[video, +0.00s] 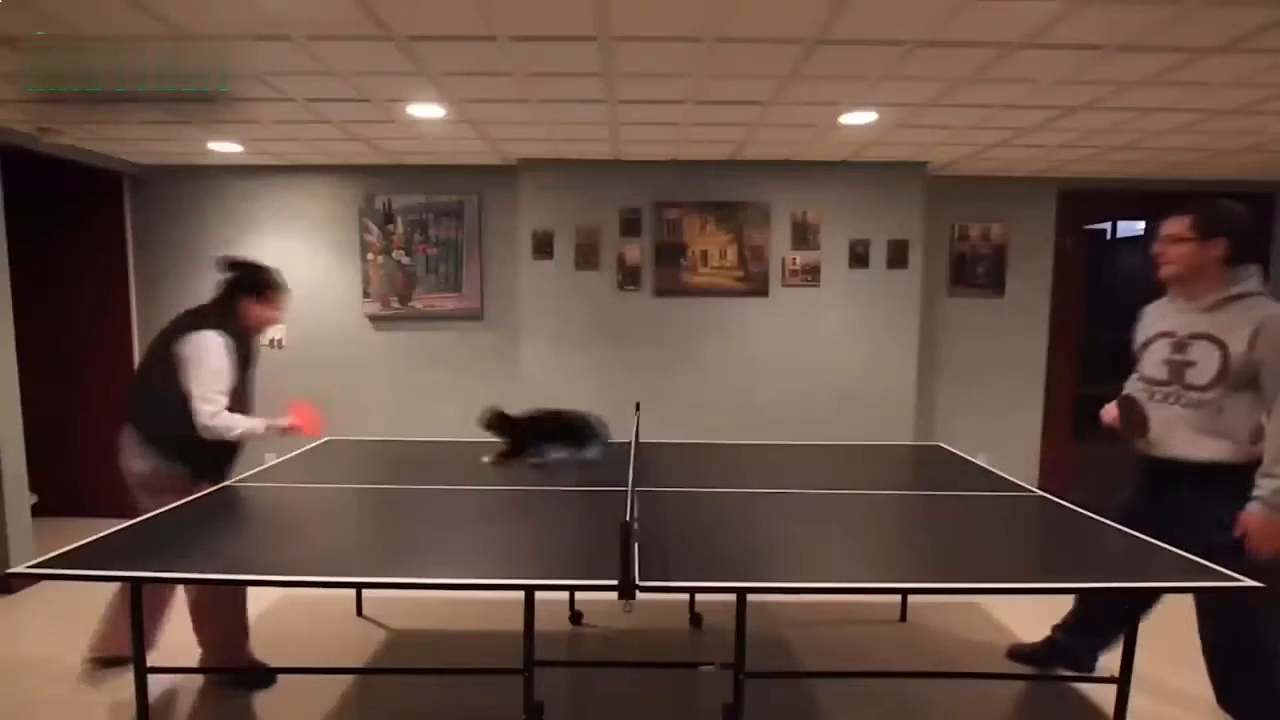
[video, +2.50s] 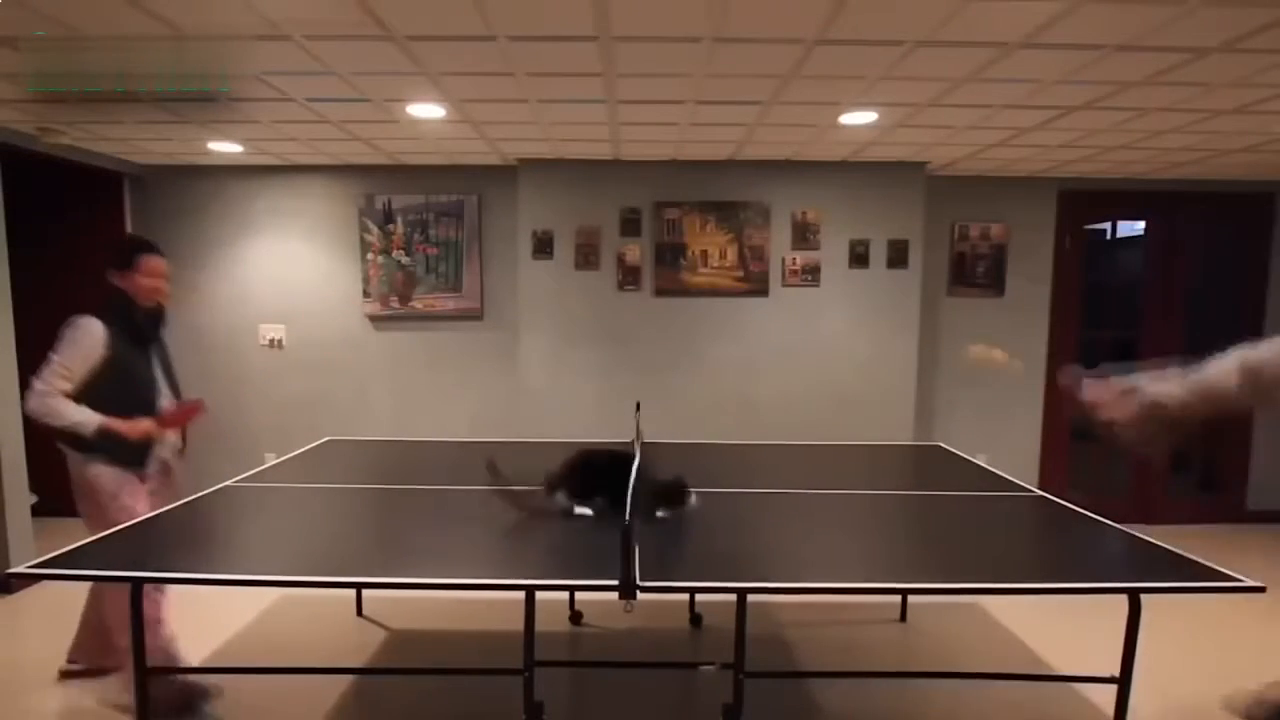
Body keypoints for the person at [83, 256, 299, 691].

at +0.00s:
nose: (276, 318)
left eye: (278, 308)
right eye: (272, 308)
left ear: (247, 302)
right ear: (248, 302)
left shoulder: (227, 332)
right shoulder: (207, 337)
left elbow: (217, 407)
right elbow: (209, 418)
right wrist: (276, 425)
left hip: (180, 453)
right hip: (157, 456)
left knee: (163, 550)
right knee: (215, 550)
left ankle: (113, 648)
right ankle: (227, 659)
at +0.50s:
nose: (221, 306)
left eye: (223, 297)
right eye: (216, 296)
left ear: (186, 294)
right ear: (189, 294)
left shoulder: (151, 320)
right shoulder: (170, 340)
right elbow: (201, 413)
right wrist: (252, 404)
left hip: (111, 449)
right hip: (131, 459)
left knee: (135, 547)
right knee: (165, 550)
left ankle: (116, 633)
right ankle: (168, 655)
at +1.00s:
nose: (166, 282)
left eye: (168, 274)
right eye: (157, 274)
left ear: (167, 277)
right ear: (128, 275)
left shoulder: (149, 319)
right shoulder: (110, 322)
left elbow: (155, 385)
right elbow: (113, 398)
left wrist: (190, 397)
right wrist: (185, 399)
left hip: (145, 445)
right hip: (121, 449)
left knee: (137, 538)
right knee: (158, 538)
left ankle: (114, 634)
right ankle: (157, 650)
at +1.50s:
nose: (167, 283)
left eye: (169, 273)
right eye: (158, 273)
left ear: (166, 276)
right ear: (128, 274)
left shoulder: (158, 325)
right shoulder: (97, 321)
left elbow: (165, 391)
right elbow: (47, 384)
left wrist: (175, 444)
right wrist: (126, 403)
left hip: (152, 460)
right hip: (108, 462)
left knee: (159, 550)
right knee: (136, 554)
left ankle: (142, 644)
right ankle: (115, 667)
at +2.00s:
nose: (247, 287)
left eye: (249, 278)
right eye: (238, 277)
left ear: (214, 283)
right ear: (201, 279)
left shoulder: (218, 325)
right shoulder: (170, 326)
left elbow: (259, 343)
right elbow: (221, 349)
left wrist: (320, 328)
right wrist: (303, 338)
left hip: (181, 471)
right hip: (144, 471)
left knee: (187, 588)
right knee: (170, 590)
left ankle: (193, 695)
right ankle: (175, 700)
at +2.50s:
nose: (161, 288)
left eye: (165, 279)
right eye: (151, 278)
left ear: (165, 283)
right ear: (123, 279)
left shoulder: (150, 334)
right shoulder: (93, 330)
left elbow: (160, 401)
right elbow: (40, 400)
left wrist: (175, 420)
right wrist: (115, 427)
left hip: (147, 466)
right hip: (103, 470)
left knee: (127, 560)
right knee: (143, 560)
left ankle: (91, 655)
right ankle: (159, 677)